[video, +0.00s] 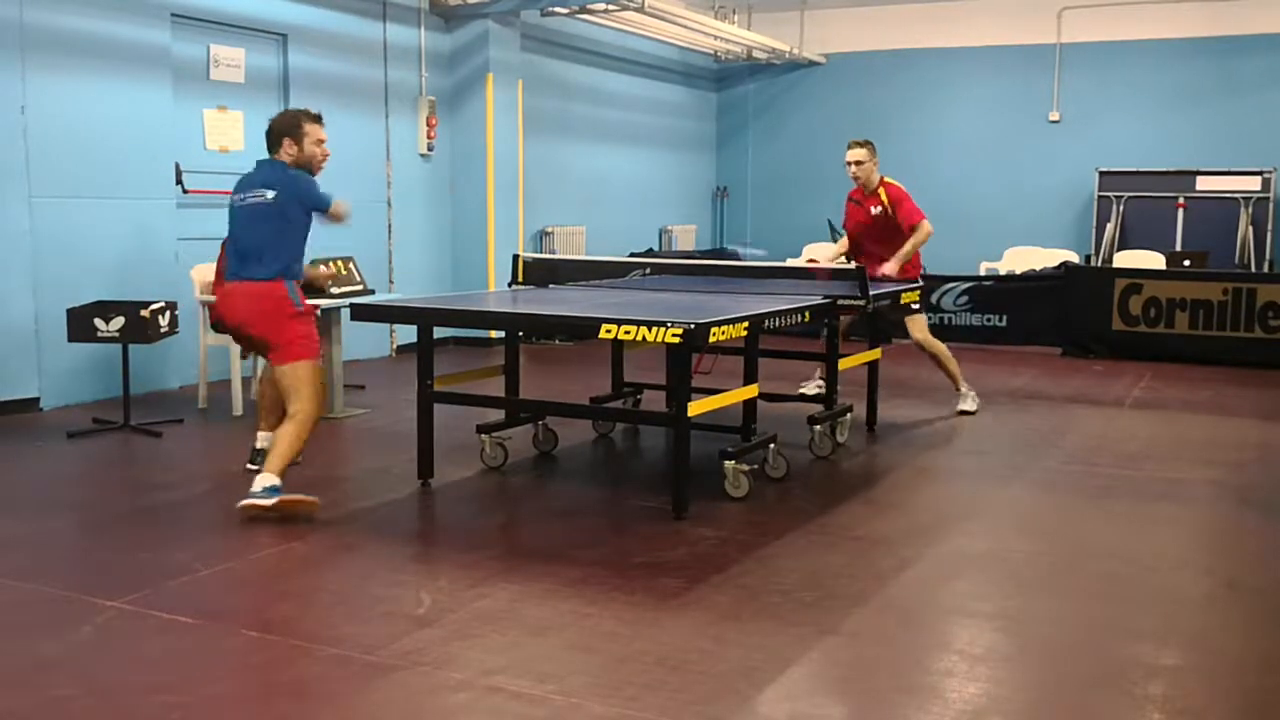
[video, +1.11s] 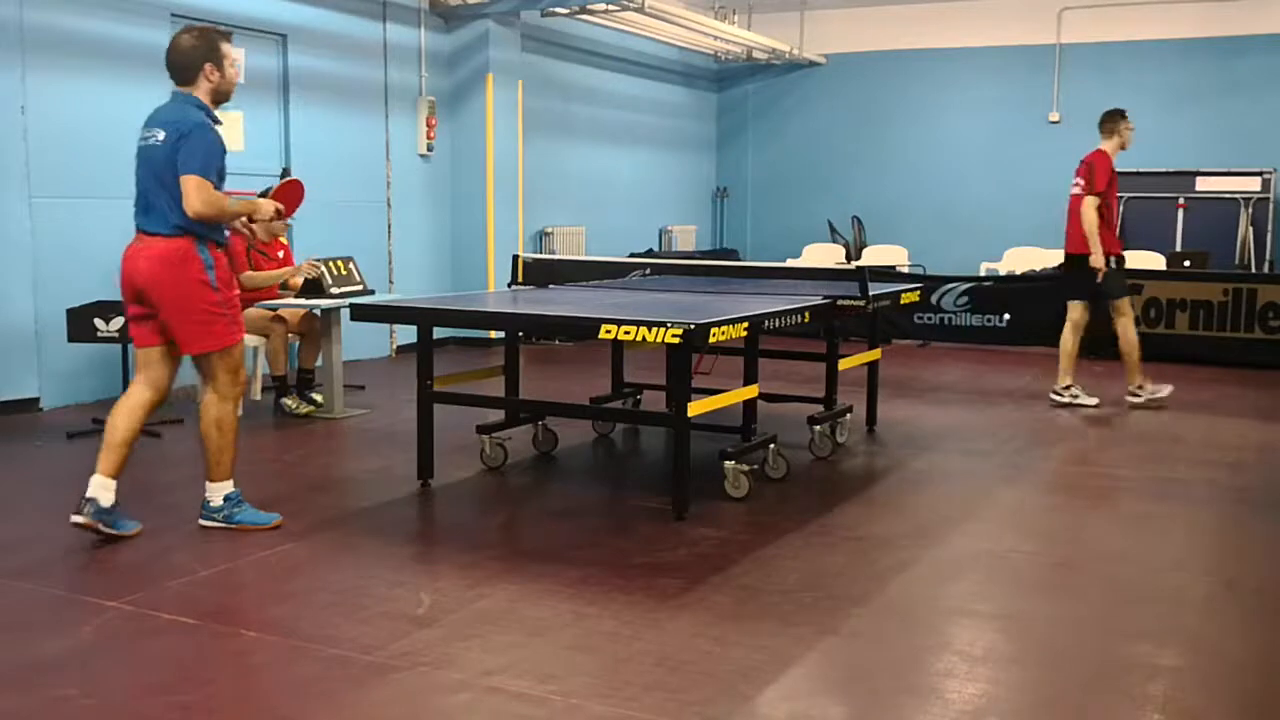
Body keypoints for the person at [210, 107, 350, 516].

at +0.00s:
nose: (325, 152)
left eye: (325, 144)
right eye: (318, 144)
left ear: (283, 149)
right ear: (289, 146)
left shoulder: (246, 181)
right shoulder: (297, 182)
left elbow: (254, 246)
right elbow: (337, 213)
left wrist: (305, 273)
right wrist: (330, 202)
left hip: (230, 300)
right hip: (274, 300)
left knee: (279, 357)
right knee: (304, 407)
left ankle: (263, 447)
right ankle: (267, 484)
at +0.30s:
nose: (325, 120)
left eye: (324, 112)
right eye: (319, 112)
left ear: (285, 115)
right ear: (291, 114)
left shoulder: (250, 151)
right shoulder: (278, 152)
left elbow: (216, 209)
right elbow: (293, 218)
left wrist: (269, 222)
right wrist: (322, 218)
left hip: (224, 262)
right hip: (250, 262)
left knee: (271, 361)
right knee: (292, 366)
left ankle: (264, 446)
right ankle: (283, 481)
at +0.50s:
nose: (322, 123)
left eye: (320, 114)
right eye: (315, 115)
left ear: (287, 118)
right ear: (288, 118)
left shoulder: (276, 163)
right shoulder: (249, 162)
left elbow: (259, 228)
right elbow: (225, 230)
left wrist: (281, 263)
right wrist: (285, 243)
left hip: (246, 278)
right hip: (223, 279)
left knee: (273, 366)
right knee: (276, 386)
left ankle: (252, 456)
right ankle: (225, 495)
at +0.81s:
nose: (296, 87)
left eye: (294, 78)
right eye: (289, 79)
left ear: (258, 84)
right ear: (266, 84)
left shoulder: (237, 128)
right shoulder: (234, 134)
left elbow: (220, 206)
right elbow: (208, 207)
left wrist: (270, 222)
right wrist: (268, 225)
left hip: (201, 259)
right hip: (208, 262)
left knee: (217, 375)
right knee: (249, 379)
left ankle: (188, 475)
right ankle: (224, 498)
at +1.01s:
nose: (259, 73)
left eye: (256, 64)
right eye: (253, 65)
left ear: (215, 73)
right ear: (231, 72)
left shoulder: (186, 118)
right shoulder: (210, 125)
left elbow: (201, 202)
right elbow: (206, 205)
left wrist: (257, 211)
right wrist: (264, 210)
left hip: (166, 256)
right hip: (200, 261)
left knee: (180, 376)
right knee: (231, 380)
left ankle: (113, 479)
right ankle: (221, 499)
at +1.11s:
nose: (237, 74)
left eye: (235, 65)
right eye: (232, 65)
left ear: (191, 73)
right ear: (210, 72)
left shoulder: (157, 120)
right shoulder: (198, 126)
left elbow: (180, 199)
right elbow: (199, 203)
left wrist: (243, 207)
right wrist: (251, 208)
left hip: (142, 256)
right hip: (183, 259)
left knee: (149, 381)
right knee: (225, 379)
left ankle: (98, 498)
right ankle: (221, 499)